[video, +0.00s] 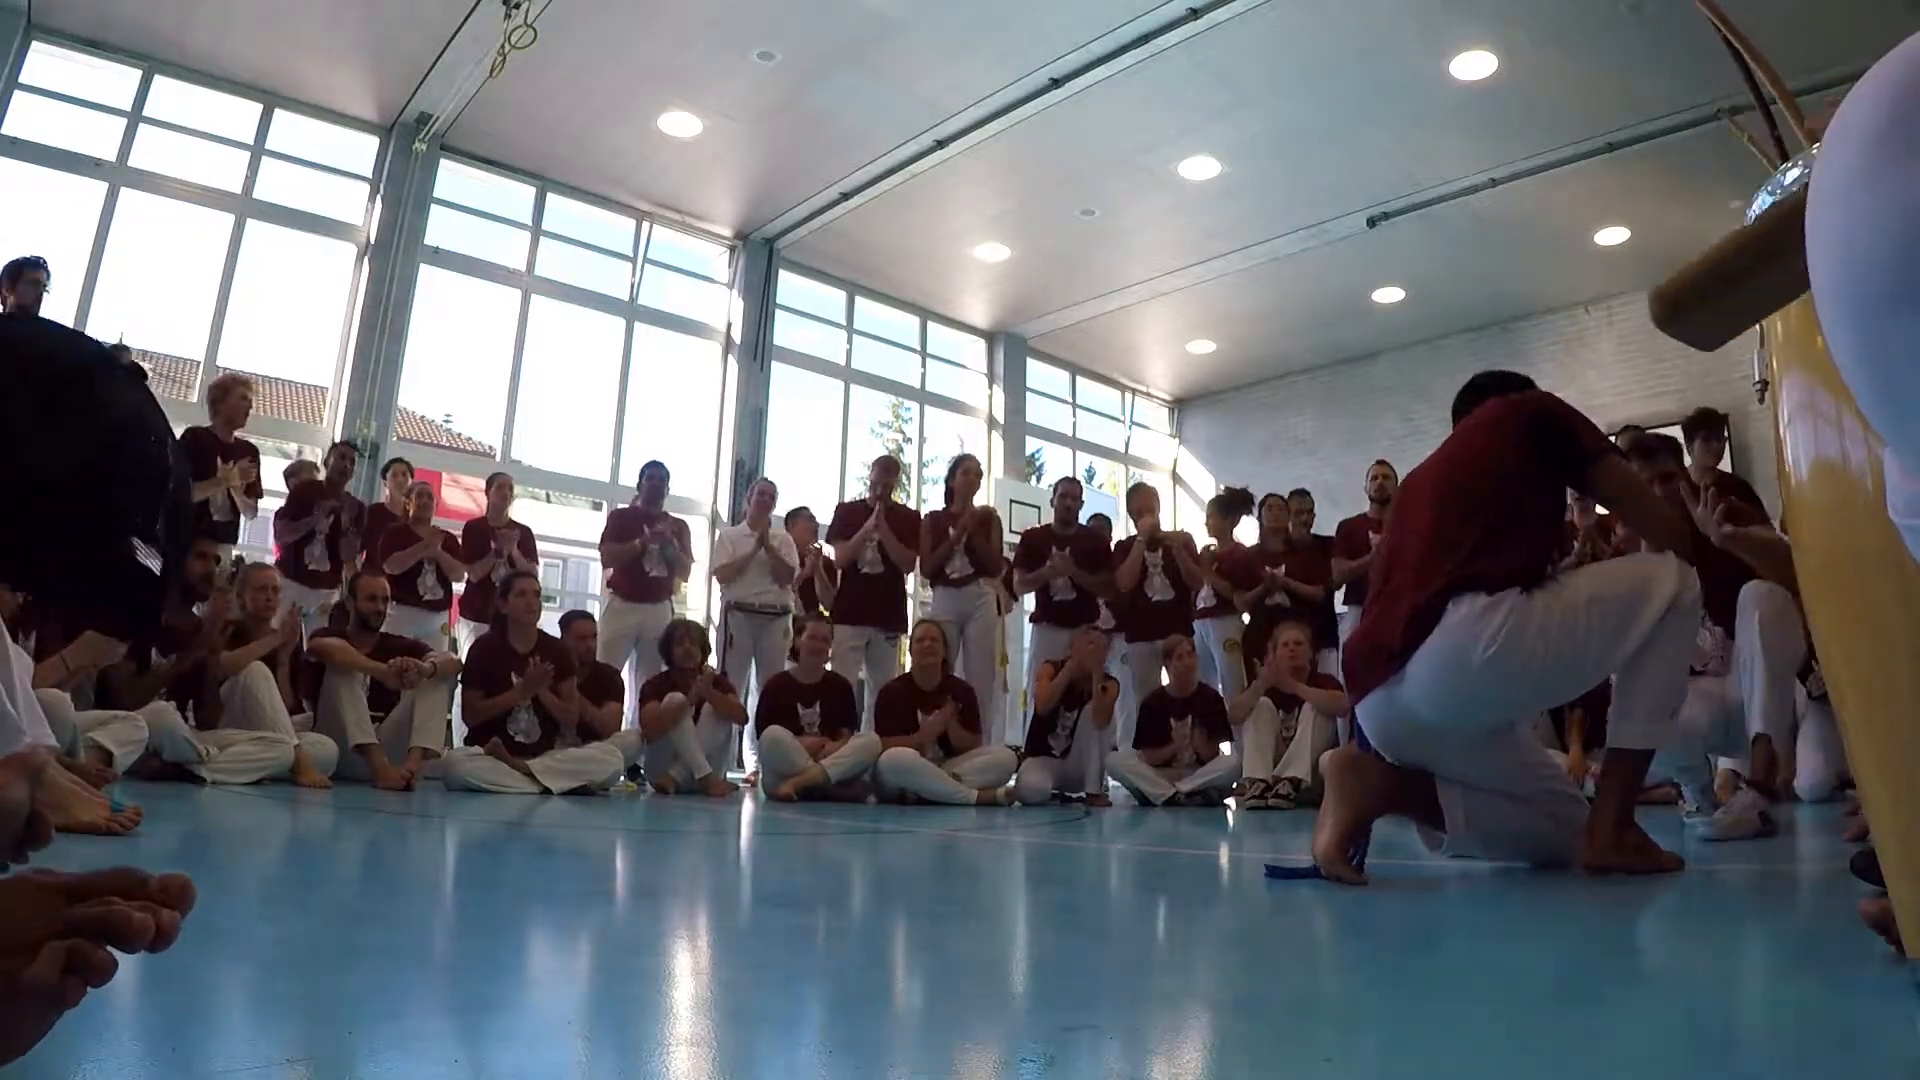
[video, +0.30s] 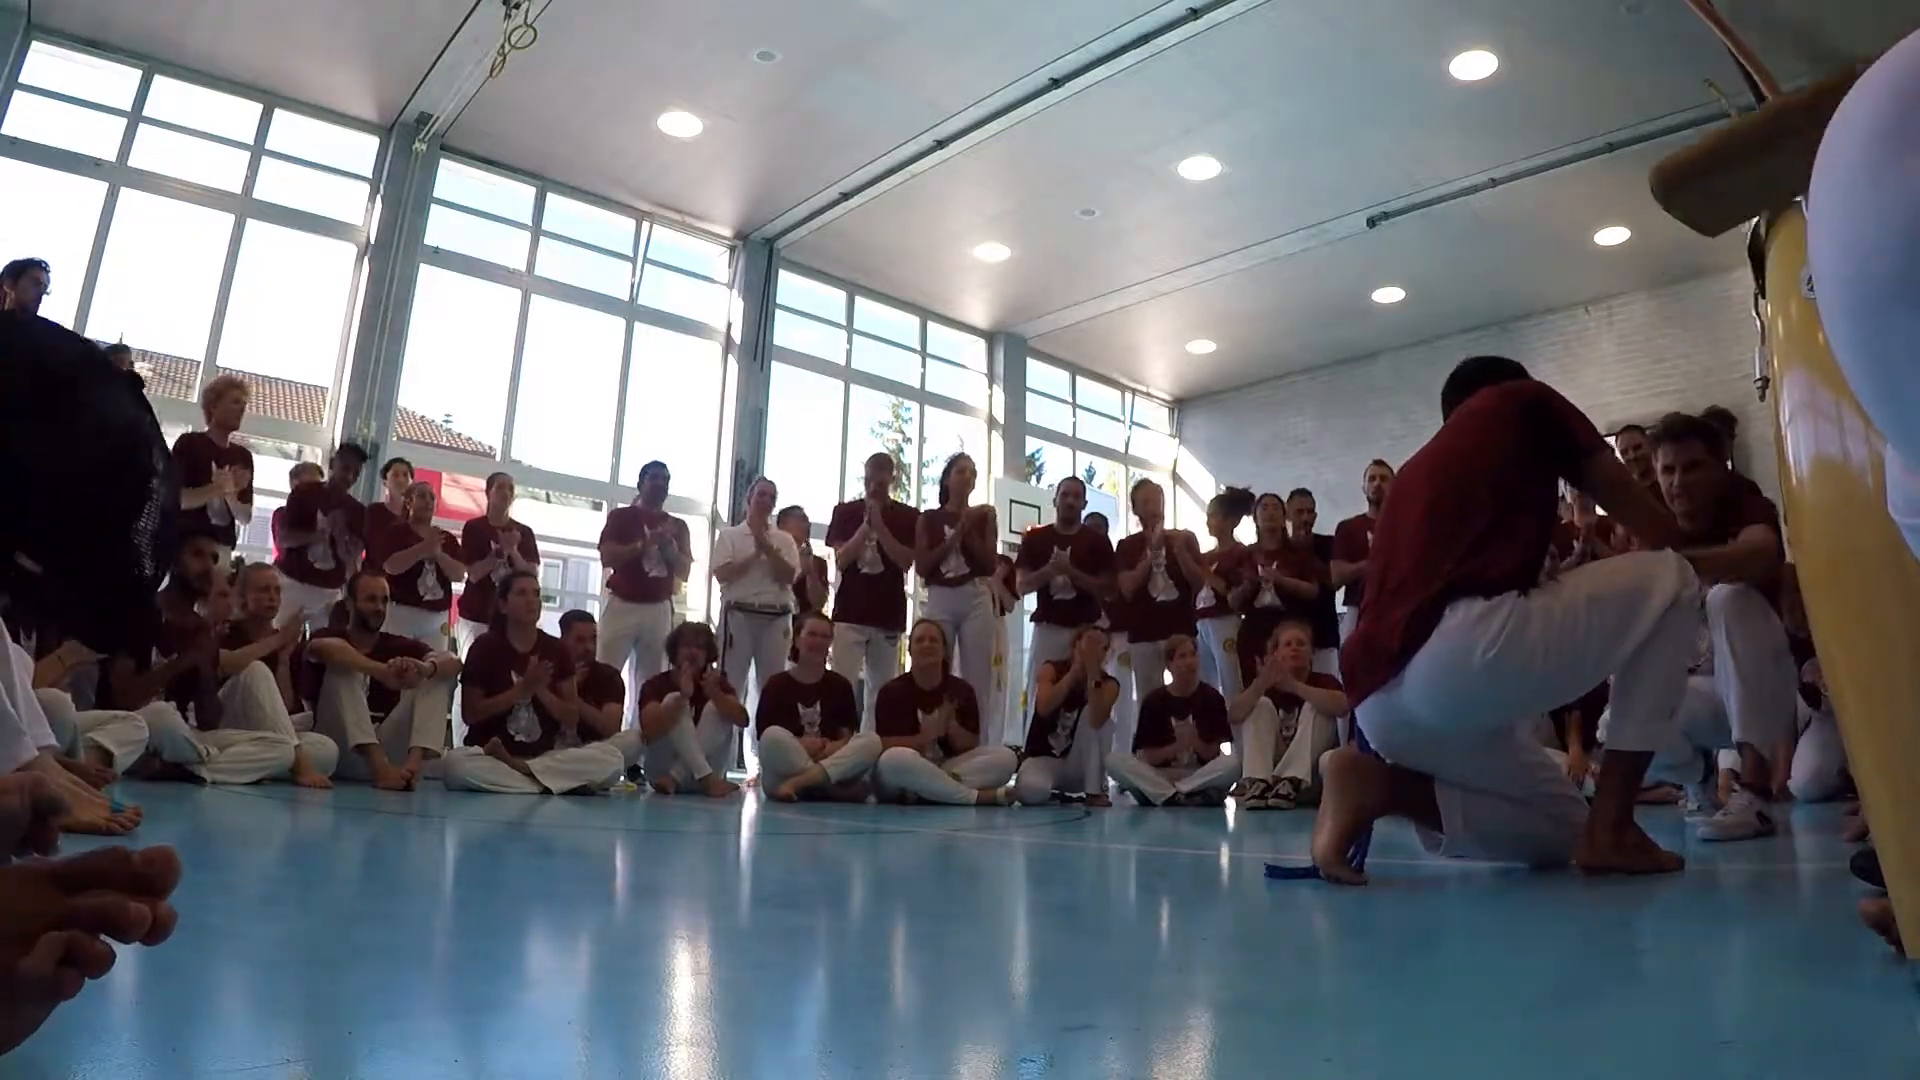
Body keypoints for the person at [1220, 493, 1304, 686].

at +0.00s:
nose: (1275, 511)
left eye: (1281, 508)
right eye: (1269, 508)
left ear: (1289, 516)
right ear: (1259, 516)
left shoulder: (1304, 553)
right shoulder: (1246, 557)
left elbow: (1319, 595)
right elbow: (1240, 603)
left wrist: (1285, 583)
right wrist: (1265, 587)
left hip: (1300, 631)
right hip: (1260, 631)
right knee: (1263, 699)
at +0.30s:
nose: (1270, 511)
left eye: (1276, 507)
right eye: (1264, 507)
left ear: (1284, 516)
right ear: (1255, 517)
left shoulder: (1300, 553)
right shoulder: (1245, 556)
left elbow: (1314, 592)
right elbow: (1233, 603)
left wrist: (1278, 579)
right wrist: (1250, 583)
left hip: (1293, 629)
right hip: (1253, 629)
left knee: (1292, 696)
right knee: (1257, 698)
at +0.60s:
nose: (1272, 515)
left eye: (1278, 510)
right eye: (1266, 510)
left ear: (1287, 517)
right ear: (1258, 519)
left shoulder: (1304, 554)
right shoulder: (1247, 557)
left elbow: (1319, 594)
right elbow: (1239, 604)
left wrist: (1282, 585)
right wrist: (1261, 588)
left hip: (1298, 629)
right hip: (1259, 630)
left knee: (1299, 692)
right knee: (1261, 694)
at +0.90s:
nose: (1287, 512)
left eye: (1292, 507)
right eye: (1281, 508)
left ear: (1298, 514)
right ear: (1269, 517)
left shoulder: (1314, 552)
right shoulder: (1256, 555)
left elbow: (1328, 592)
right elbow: (1247, 599)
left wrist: (1302, 580)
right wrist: (1277, 585)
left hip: (1312, 632)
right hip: (1270, 633)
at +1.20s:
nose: (1293, 511)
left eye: (1297, 507)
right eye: (1286, 507)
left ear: (1304, 515)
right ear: (1275, 516)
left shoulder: (1321, 551)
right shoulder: (1264, 553)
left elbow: (1334, 594)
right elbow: (1252, 598)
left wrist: (1307, 583)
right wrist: (1281, 589)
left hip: (1316, 630)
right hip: (1275, 630)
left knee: (1316, 692)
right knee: (1277, 692)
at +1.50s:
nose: (1291, 509)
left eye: (1296, 506)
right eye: (1284, 505)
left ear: (1304, 515)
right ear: (1274, 517)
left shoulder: (1321, 550)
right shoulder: (1263, 554)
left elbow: (1332, 592)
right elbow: (1254, 600)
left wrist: (1302, 580)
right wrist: (1280, 584)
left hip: (1316, 628)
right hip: (1275, 630)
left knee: (1316, 688)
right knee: (1277, 689)